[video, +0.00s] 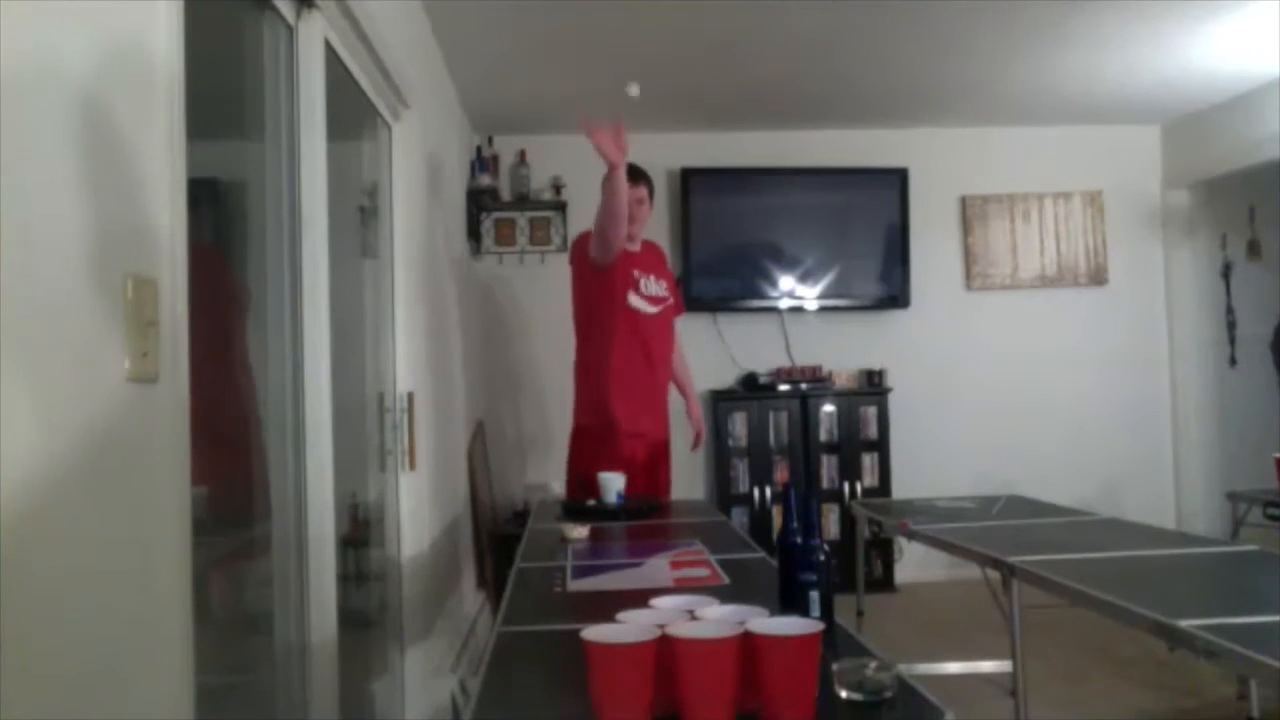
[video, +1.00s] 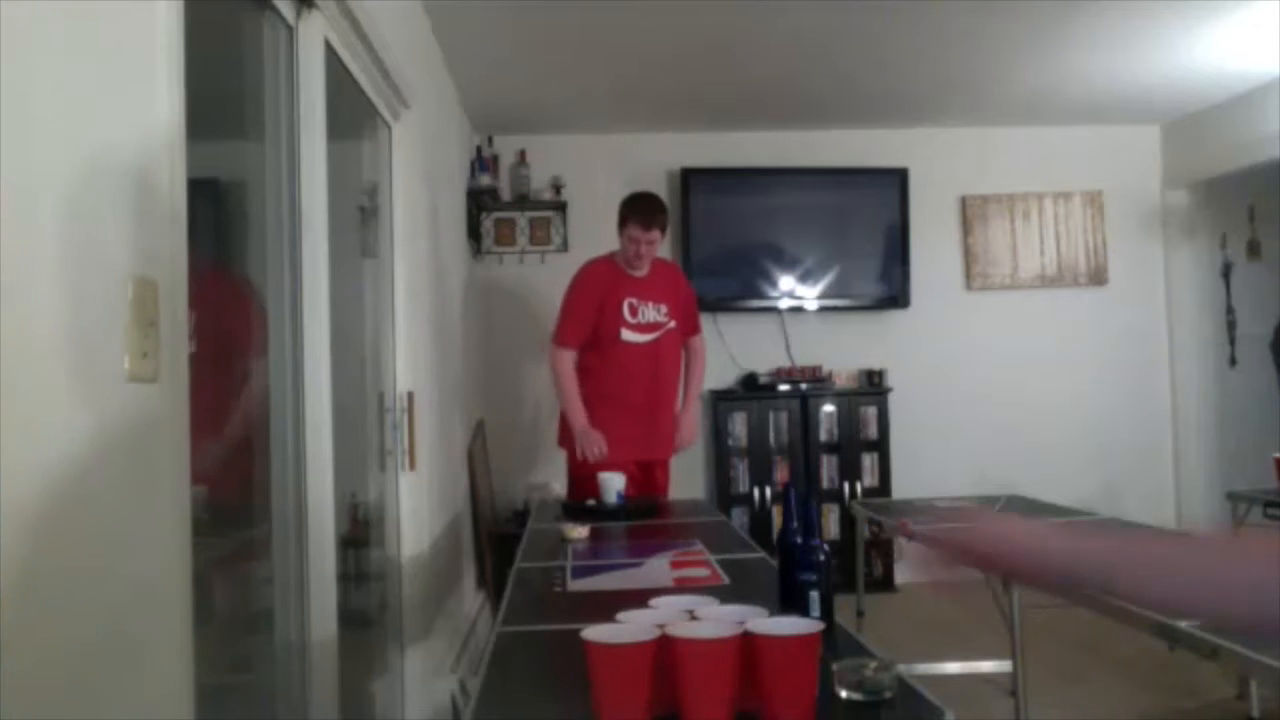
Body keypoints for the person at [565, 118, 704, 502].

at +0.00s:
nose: (633, 211)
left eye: (641, 202)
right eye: (625, 203)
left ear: (651, 209)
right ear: (609, 207)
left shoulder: (656, 259)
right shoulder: (590, 252)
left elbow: (668, 339)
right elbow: (609, 241)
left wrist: (690, 399)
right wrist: (617, 169)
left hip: (651, 428)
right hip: (603, 428)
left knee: (652, 543)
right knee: (599, 544)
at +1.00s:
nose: (641, 251)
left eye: (650, 243)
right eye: (633, 242)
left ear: (661, 239)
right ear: (620, 235)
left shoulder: (673, 279)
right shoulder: (594, 277)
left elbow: (694, 344)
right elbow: (562, 353)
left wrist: (689, 411)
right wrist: (580, 427)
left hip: (654, 441)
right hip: (599, 441)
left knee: (651, 544)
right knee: (598, 544)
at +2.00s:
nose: (626, 258)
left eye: (635, 250)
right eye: (617, 248)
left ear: (646, 243)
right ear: (603, 238)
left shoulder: (658, 278)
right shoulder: (573, 282)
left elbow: (679, 338)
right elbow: (546, 360)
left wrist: (668, 399)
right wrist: (586, 414)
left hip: (649, 438)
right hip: (591, 442)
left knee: (659, 538)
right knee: (598, 544)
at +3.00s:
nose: (628, 235)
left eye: (636, 226)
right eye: (619, 226)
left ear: (647, 230)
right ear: (603, 228)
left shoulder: (660, 276)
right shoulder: (581, 280)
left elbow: (671, 353)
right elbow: (567, 369)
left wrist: (681, 419)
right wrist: (596, 447)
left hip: (652, 445)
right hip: (596, 450)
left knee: (651, 545)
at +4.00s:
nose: (623, 229)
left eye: (632, 220)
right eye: (614, 220)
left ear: (644, 225)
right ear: (599, 224)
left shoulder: (656, 272)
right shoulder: (577, 277)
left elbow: (667, 347)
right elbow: (568, 355)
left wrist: (680, 412)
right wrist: (608, 344)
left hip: (647, 435)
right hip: (593, 438)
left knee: (648, 542)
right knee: (594, 542)